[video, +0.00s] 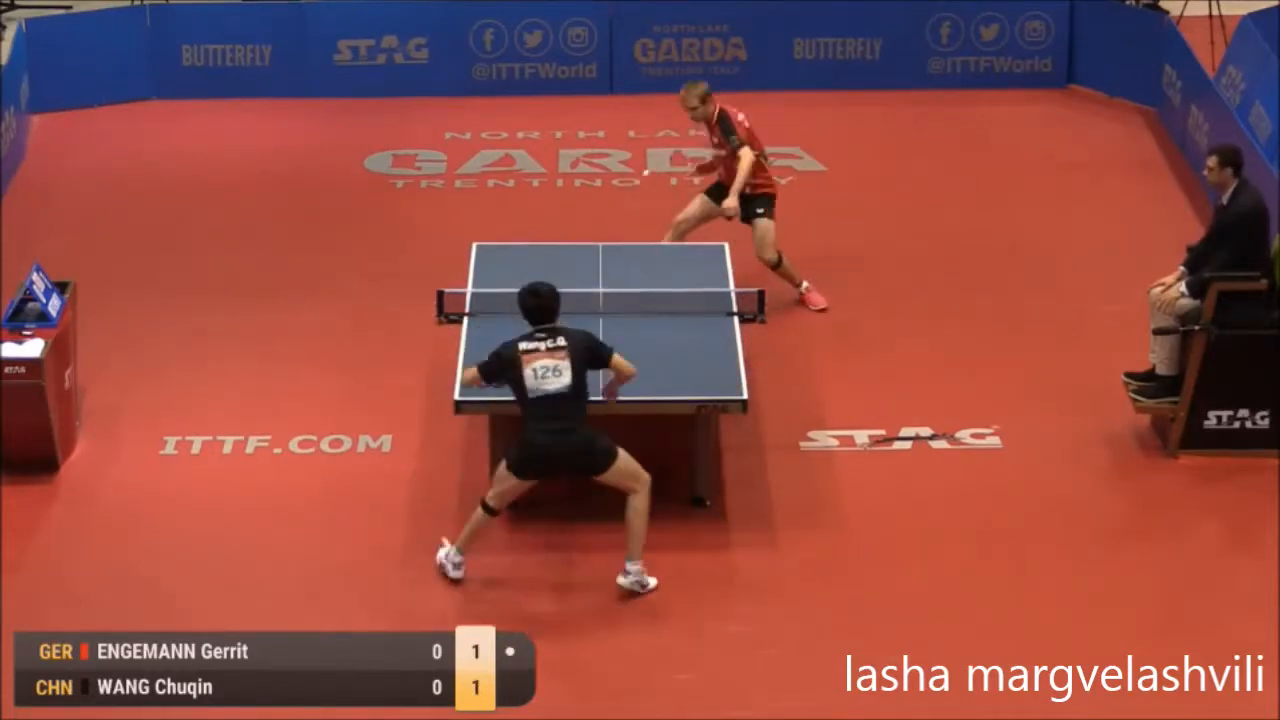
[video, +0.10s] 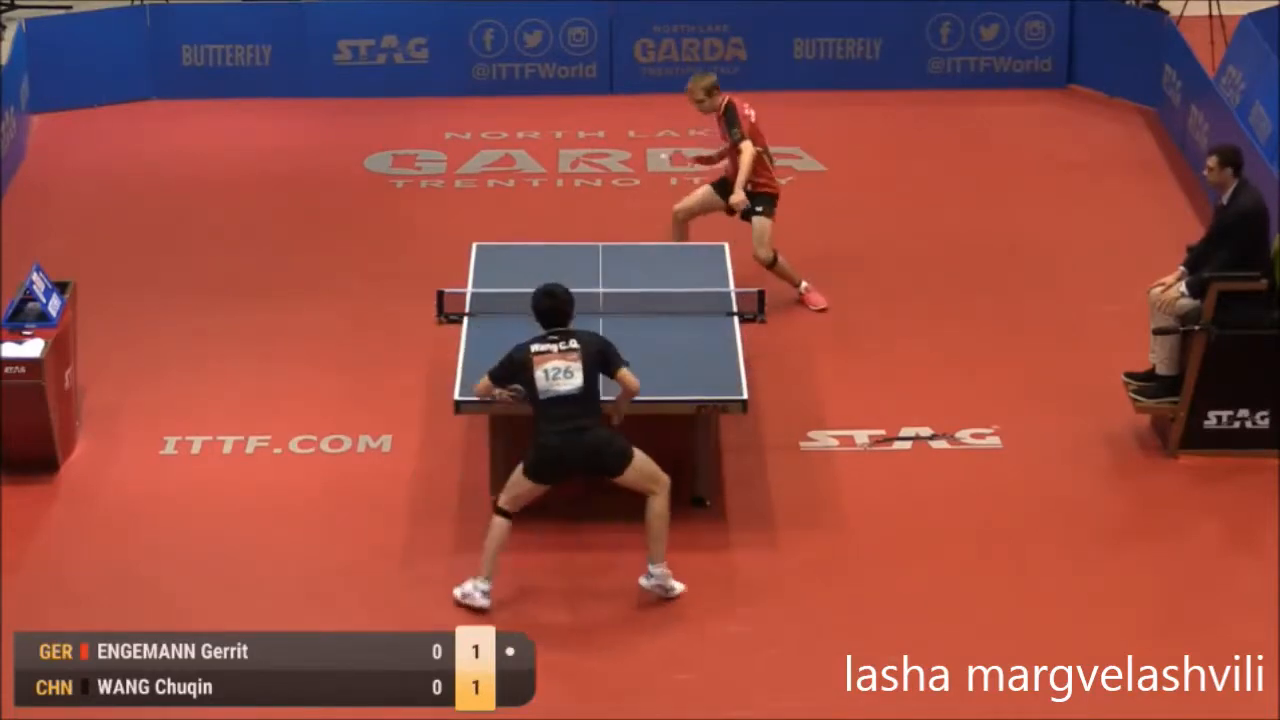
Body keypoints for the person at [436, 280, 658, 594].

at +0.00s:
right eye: (551, 307)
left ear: (525, 314)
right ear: (557, 310)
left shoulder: (510, 352)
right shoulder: (579, 341)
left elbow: (468, 378)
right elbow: (627, 371)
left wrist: (485, 377)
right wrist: (612, 387)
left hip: (534, 446)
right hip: (580, 442)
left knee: (494, 500)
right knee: (640, 484)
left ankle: (454, 556)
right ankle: (634, 570)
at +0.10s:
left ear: (537, 316)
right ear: (571, 312)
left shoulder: (523, 352)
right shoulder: (593, 343)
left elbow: (482, 389)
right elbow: (632, 385)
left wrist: (505, 393)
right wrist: (618, 409)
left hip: (550, 449)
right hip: (596, 444)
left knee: (505, 507)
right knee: (659, 484)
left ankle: (482, 585)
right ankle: (657, 572)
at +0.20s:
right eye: (583, 331)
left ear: (560, 342)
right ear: (593, 338)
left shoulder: (546, 380)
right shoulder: (616, 373)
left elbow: (505, 423)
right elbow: (642, 426)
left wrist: (530, 431)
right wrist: (631, 440)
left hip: (570, 476)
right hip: (617, 471)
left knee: (525, 536)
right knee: (674, 519)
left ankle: (516, 617)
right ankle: (720, 590)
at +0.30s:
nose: (608, 366)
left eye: (596, 363)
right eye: (613, 362)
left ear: (590, 371)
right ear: (623, 367)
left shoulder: (579, 410)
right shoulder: (646, 400)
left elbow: (545, 459)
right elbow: (677, 449)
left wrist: (577, 460)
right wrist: (648, 454)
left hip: (598, 505)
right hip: (649, 502)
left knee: (543, 537)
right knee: (708, 535)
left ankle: (516, 618)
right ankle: (745, 612)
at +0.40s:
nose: (621, 365)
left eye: (616, 362)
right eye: (634, 360)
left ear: (614, 370)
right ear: (647, 363)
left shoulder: (612, 409)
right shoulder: (673, 392)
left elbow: (596, 464)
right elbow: (702, 436)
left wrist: (574, 468)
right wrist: (669, 436)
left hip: (632, 499)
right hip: (680, 495)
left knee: (575, 550)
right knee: (739, 526)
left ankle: (520, 615)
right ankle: (747, 612)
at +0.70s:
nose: (705, 360)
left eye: (701, 356)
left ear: (700, 362)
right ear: (732, 355)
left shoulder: (708, 404)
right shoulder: (754, 384)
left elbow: (718, 462)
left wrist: (700, 515)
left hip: (750, 489)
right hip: (787, 478)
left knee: (704, 562)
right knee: (808, 521)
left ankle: (737, 640)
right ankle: (840, 593)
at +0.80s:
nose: (723, 362)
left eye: (723, 358)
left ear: (724, 364)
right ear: (756, 358)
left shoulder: (735, 406)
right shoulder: (778, 388)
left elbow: (744, 466)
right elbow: (780, 436)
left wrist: (735, 524)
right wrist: (737, 451)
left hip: (769, 498)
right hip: (806, 485)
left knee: (712, 561)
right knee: (825, 532)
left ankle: (737, 641)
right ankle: (873, 597)